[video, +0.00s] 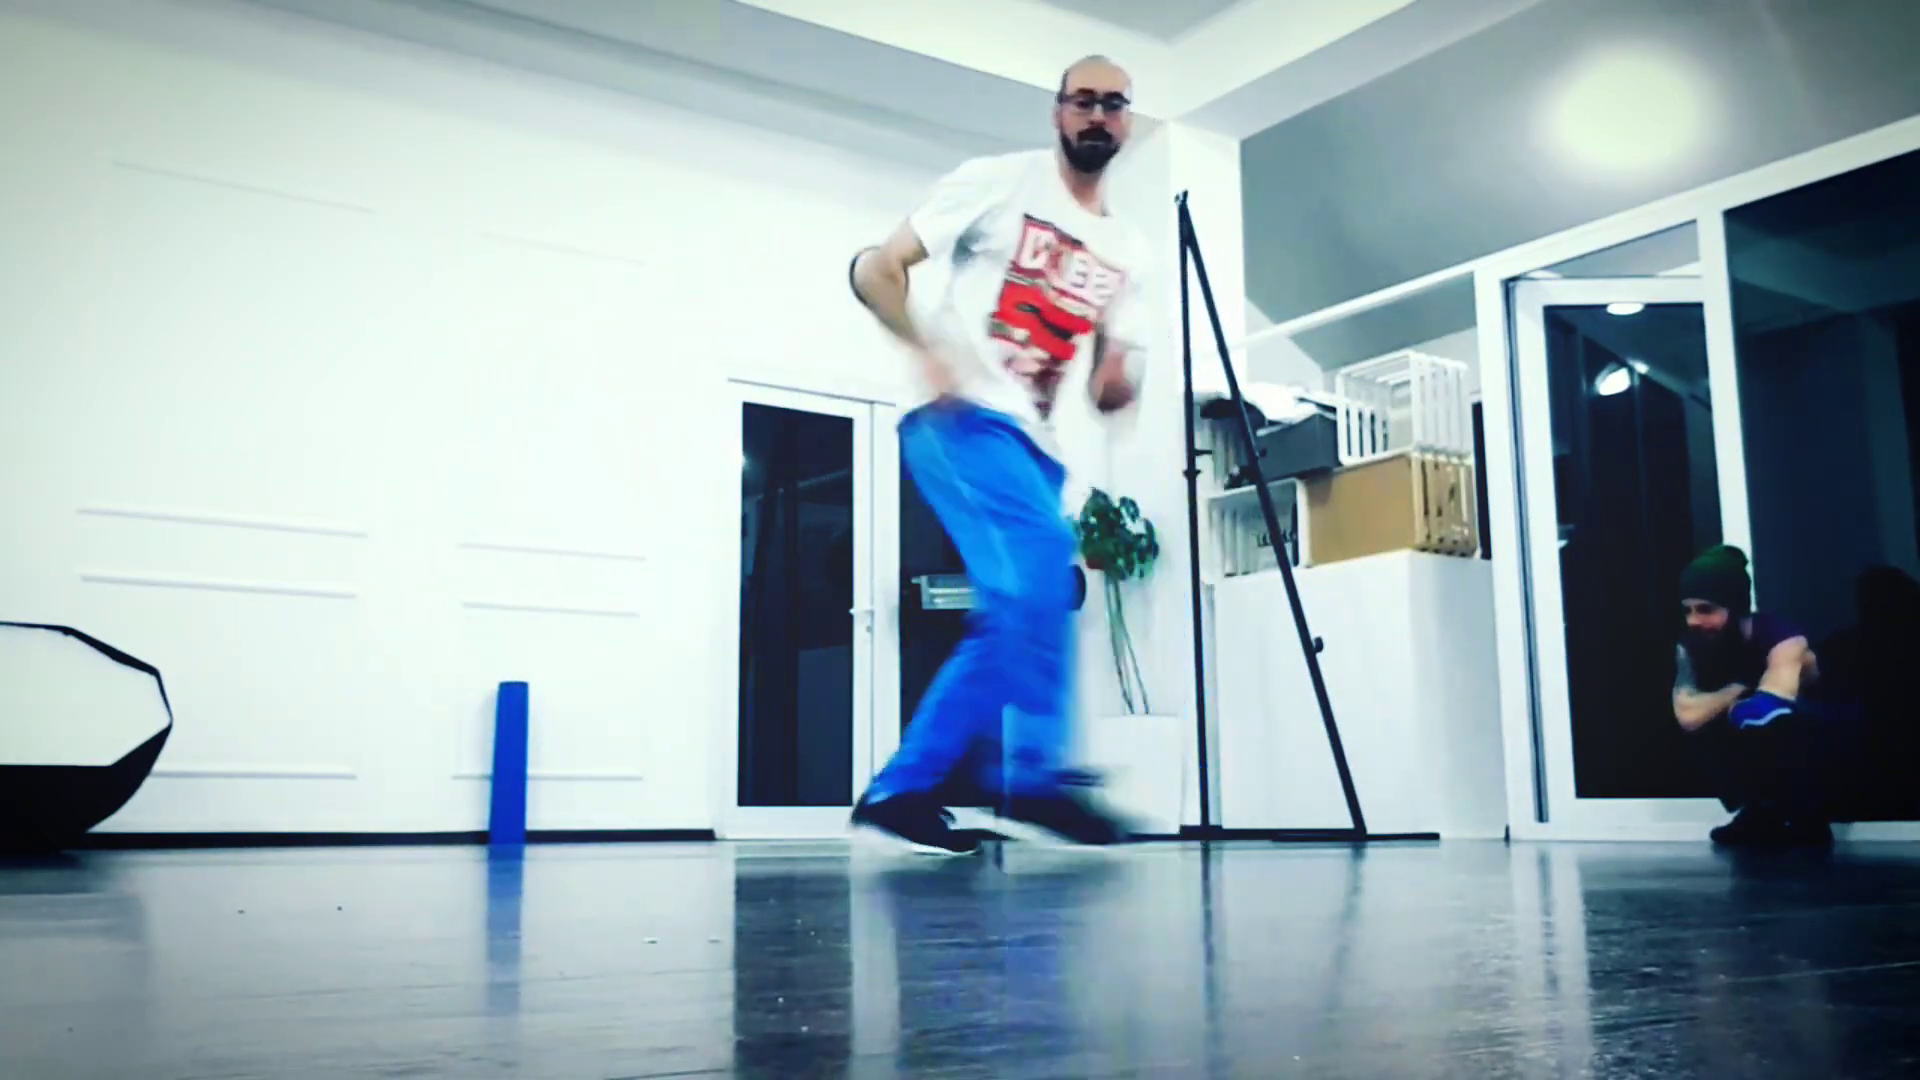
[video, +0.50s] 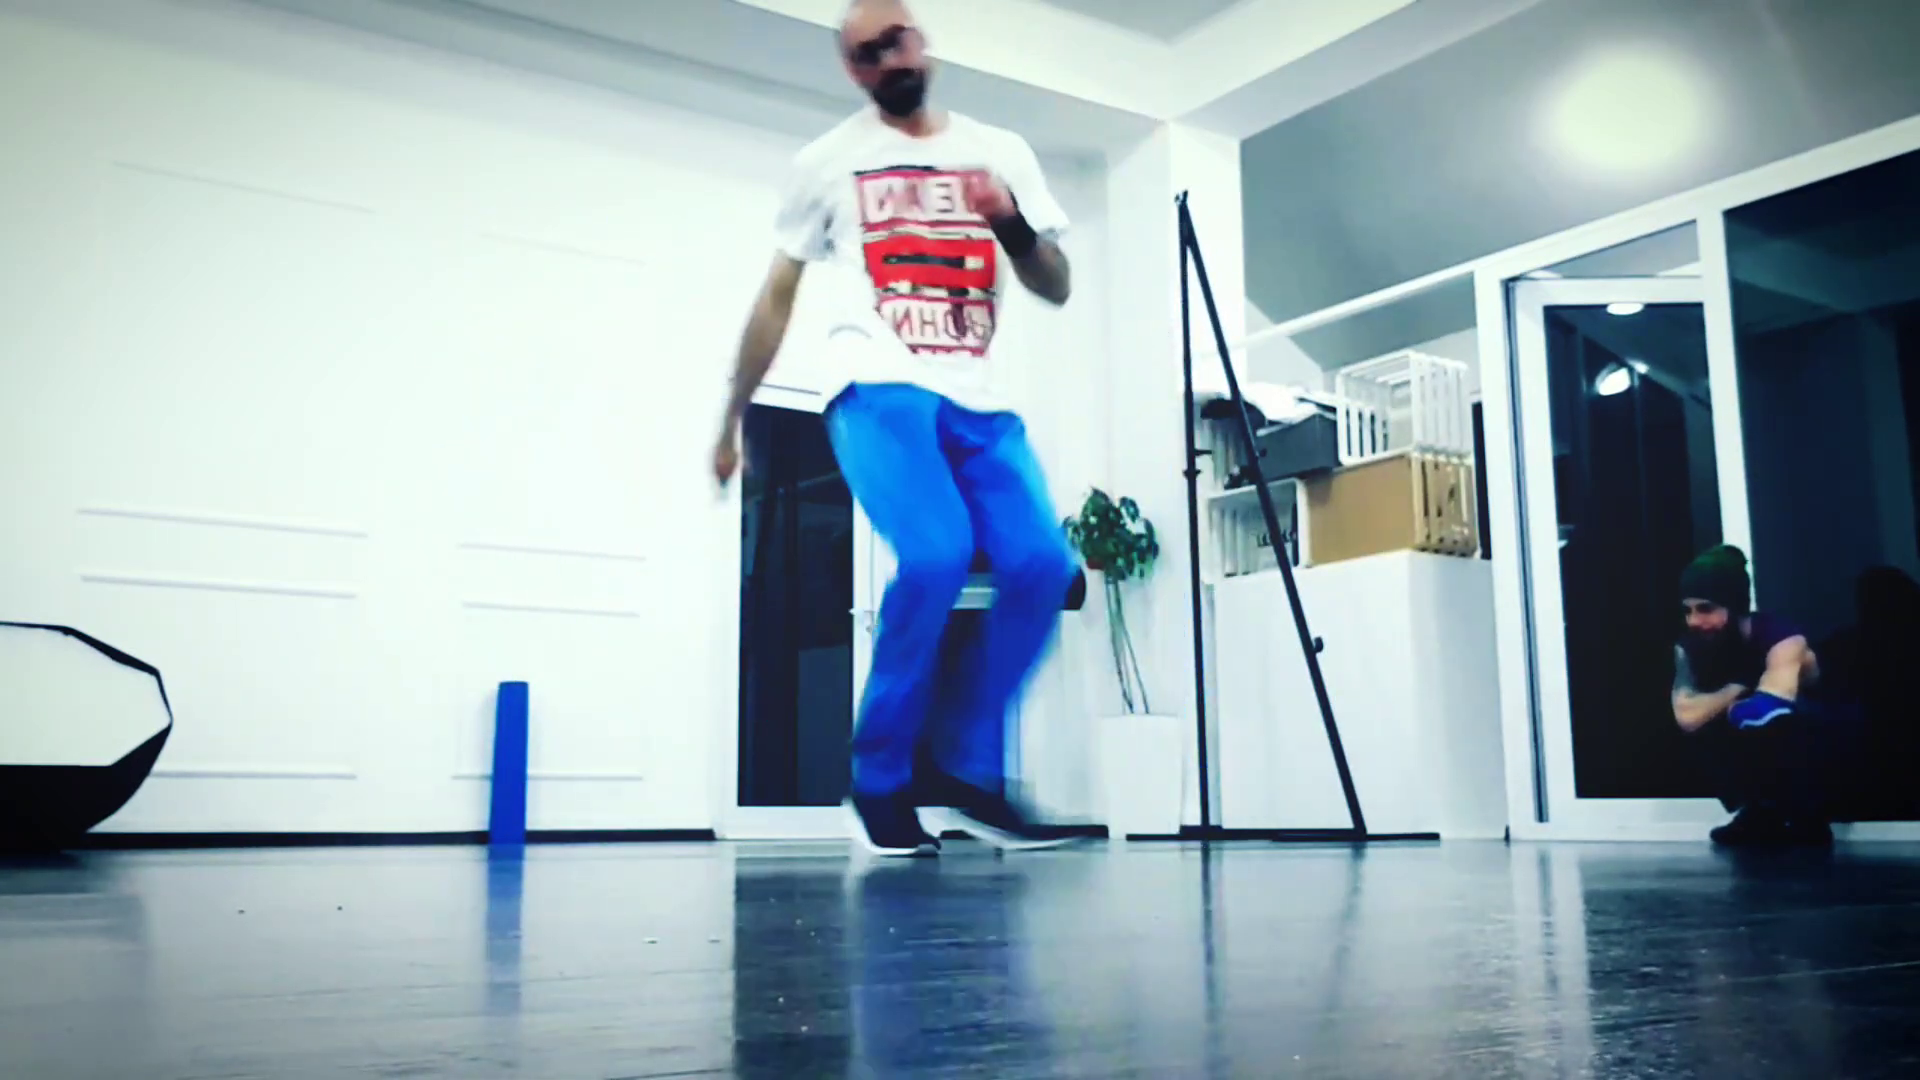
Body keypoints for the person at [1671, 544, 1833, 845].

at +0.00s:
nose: (1693, 622)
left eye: (1705, 611)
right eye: (1688, 611)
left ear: (1734, 607)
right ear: (1682, 610)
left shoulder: (1780, 636)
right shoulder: (1689, 649)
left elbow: (1772, 704)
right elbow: (1688, 715)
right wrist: (1735, 692)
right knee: (1706, 728)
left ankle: (1804, 821)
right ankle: (1756, 813)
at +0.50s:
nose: (1694, 622)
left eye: (1705, 610)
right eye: (1688, 611)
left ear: (1734, 606)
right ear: (1682, 610)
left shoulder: (1780, 636)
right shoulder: (1688, 650)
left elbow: (1772, 706)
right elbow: (1687, 716)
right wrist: (1735, 690)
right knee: (1703, 727)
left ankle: (1804, 821)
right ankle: (1755, 813)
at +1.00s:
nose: (1696, 621)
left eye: (1708, 609)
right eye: (1689, 611)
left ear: (1735, 606)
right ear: (1683, 611)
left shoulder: (1777, 637)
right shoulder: (1687, 650)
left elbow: (1773, 704)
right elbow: (1686, 717)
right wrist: (1732, 693)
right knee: (1704, 726)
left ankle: (1803, 820)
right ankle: (1754, 813)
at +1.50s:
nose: (1697, 622)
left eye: (1708, 610)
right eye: (1690, 612)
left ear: (1737, 607)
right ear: (1684, 613)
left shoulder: (1780, 638)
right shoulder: (1689, 653)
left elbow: (1776, 699)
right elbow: (1687, 717)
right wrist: (1733, 692)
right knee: (1710, 727)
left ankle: (1805, 820)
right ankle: (1756, 813)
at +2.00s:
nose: (1696, 623)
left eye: (1707, 611)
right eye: (1689, 612)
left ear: (1736, 608)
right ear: (1683, 613)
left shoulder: (1781, 638)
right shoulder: (1689, 651)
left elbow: (1775, 700)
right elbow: (1687, 716)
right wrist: (1730, 693)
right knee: (1710, 726)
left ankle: (1804, 820)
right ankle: (1756, 813)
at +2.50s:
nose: (1697, 625)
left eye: (1708, 613)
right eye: (1690, 614)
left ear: (1738, 610)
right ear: (1685, 615)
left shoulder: (1782, 639)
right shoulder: (1690, 653)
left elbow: (1775, 700)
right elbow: (1687, 716)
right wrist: (1733, 692)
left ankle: (1804, 820)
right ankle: (1756, 813)